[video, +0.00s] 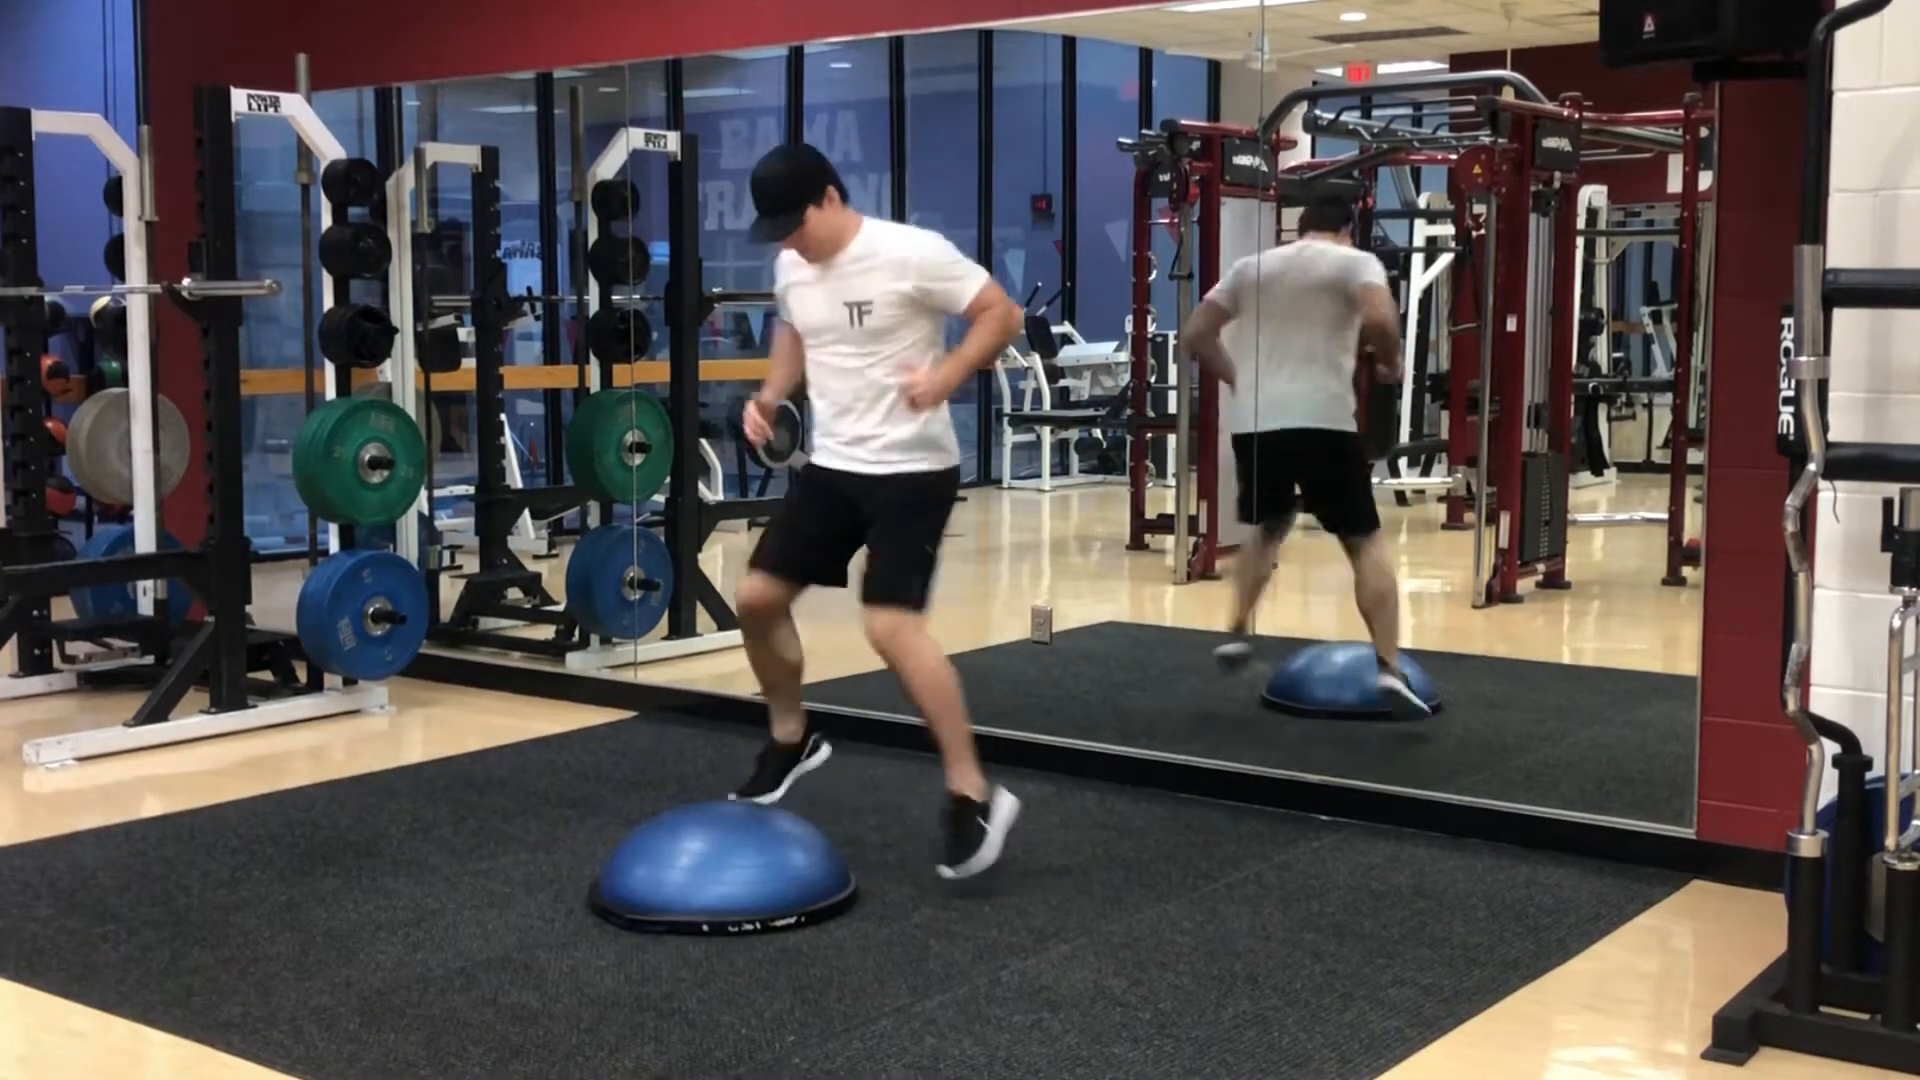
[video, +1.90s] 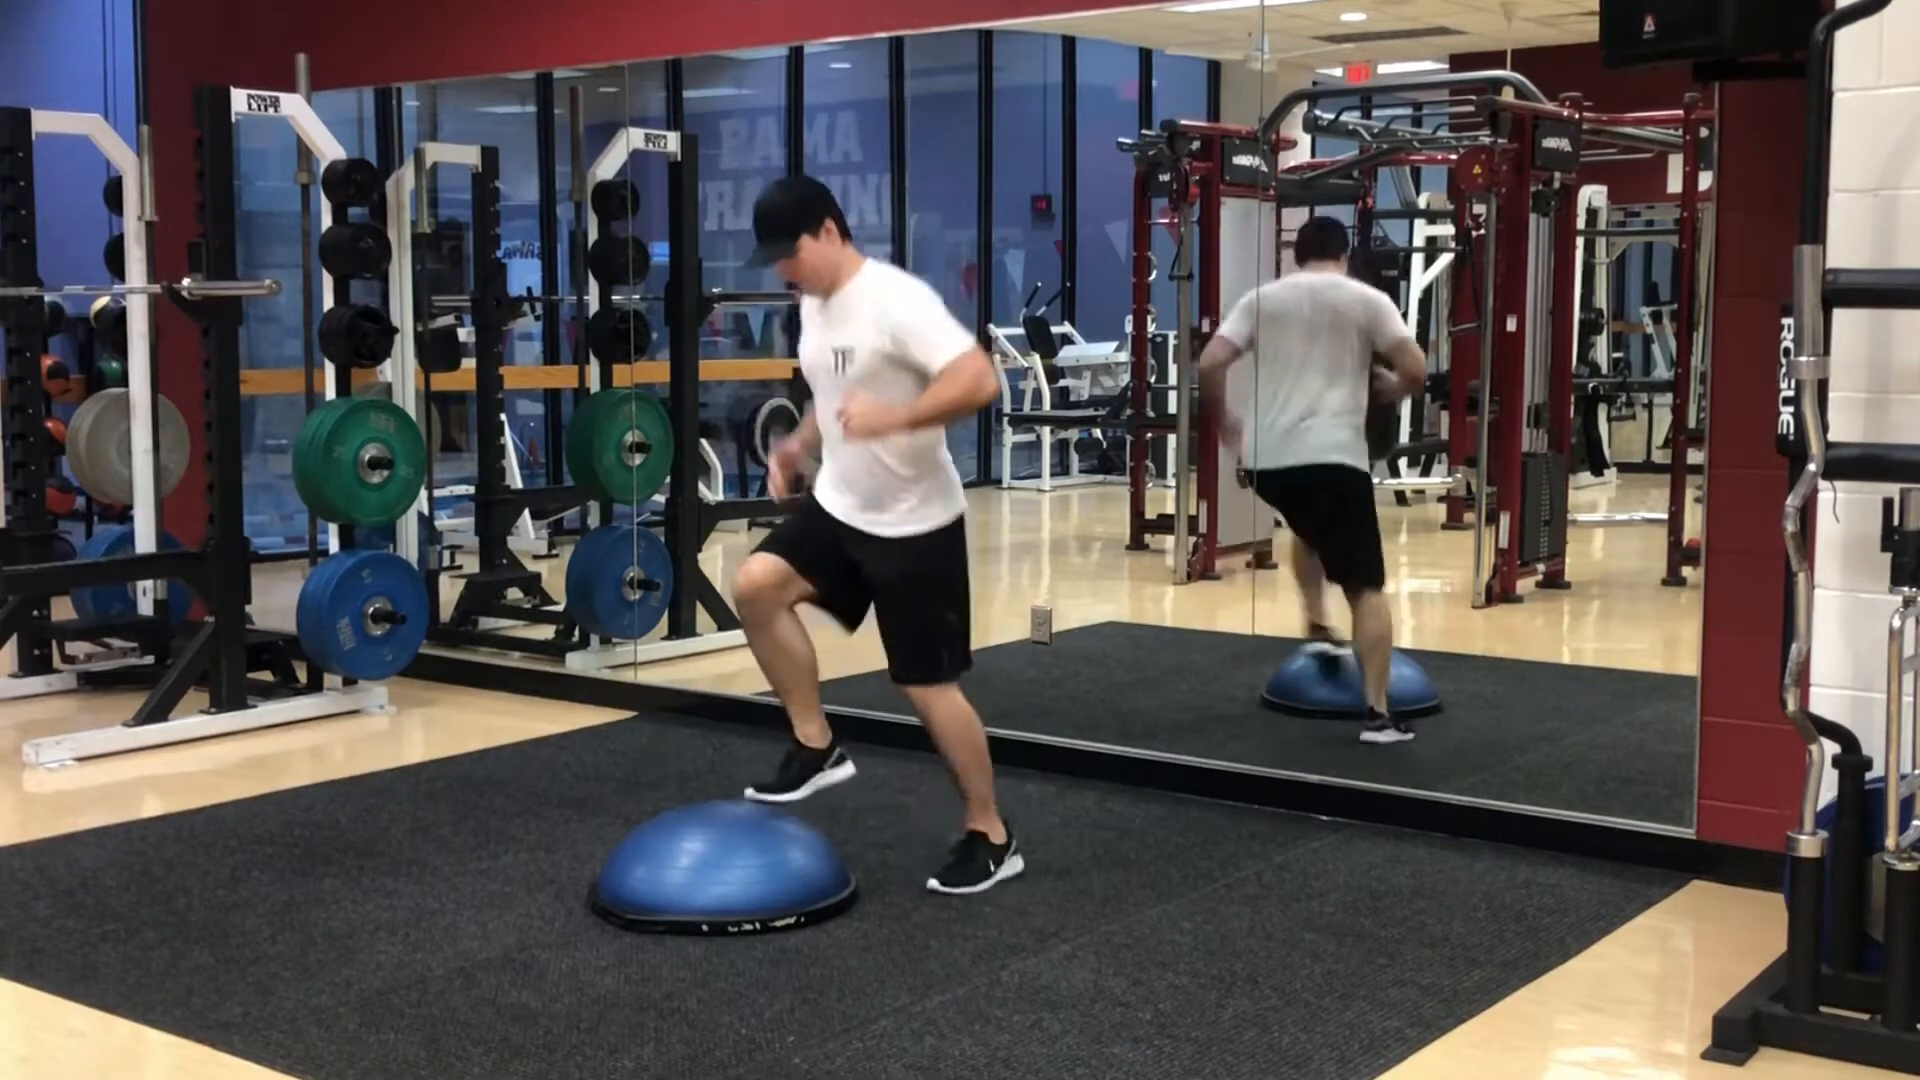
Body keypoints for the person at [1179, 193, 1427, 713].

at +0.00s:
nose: (1354, 239)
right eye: (1354, 231)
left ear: (1301, 224)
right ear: (1346, 228)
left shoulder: (1249, 267)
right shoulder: (1357, 262)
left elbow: (1195, 335)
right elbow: (1379, 319)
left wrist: (1239, 378)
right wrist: (1390, 363)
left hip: (1254, 425)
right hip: (1324, 424)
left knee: (1267, 527)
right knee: (1367, 546)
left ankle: (1237, 630)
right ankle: (1389, 668)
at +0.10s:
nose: (1370, 259)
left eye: (1365, 252)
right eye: (1369, 251)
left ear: (1315, 248)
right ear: (1362, 249)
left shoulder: (1269, 286)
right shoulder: (1384, 290)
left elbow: (1214, 353)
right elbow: (1420, 367)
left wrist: (1229, 418)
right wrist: (1414, 405)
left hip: (1275, 448)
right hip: (1344, 449)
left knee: (1293, 518)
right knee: (1372, 575)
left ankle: (1312, 617)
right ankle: (1399, 709)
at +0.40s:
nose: (1364, 236)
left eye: (1359, 230)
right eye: (1365, 229)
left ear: (1312, 221)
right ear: (1360, 226)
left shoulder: (1262, 261)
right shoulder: (1370, 261)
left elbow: (1214, 335)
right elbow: (1400, 324)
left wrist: (1269, 347)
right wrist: (1387, 362)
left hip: (1266, 422)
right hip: (1333, 426)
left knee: (1270, 530)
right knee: (1372, 539)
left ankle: (1232, 640)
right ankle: (1367, 654)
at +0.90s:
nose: (1358, 235)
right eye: (1358, 227)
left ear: (1306, 225)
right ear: (1353, 227)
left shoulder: (1262, 269)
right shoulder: (1371, 268)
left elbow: (1210, 337)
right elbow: (1402, 335)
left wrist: (1245, 381)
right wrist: (1384, 377)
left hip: (1271, 431)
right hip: (1338, 432)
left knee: (1285, 523)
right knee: (1361, 563)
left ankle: (1278, 633)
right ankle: (1384, 690)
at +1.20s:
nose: (1358, 241)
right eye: (1358, 233)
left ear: (1305, 227)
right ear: (1351, 231)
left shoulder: (1259, 266)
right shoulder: (1367, 270)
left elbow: (1207, 331)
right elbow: (1393, 349)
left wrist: (1244, 377)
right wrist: (1362, 368)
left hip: (1258, 431)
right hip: (1329, 433)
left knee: (1274, 524)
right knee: (1360, 557)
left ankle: (1238, 636)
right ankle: (1372, 677)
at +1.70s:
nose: (1334, 236)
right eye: (1334, 228)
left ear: (1284, 225)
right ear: (1332, 227)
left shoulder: (1242, 267)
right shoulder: (1348, 258)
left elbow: (1191, 337)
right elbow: (1379, 321)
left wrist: (1218, 389)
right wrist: (1381, 372)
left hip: (1262, 426)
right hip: (1328, 424)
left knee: (1278, 526)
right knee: (1358, 547)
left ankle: (1261, 629)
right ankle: (1377, 670)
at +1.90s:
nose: (1339, 266)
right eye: (1343, 258)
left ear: (1294, 258)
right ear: (1344, 257)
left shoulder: (1260, 299)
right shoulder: (1369, 300)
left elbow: (1210, 364)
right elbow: (1415, 371)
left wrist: (1222, 417)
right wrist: (1381, 388)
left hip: (1272, 462)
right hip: (1337, 461)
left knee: (1306, 533)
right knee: (1366, 588)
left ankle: (1318, 629)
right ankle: (1378, 712)